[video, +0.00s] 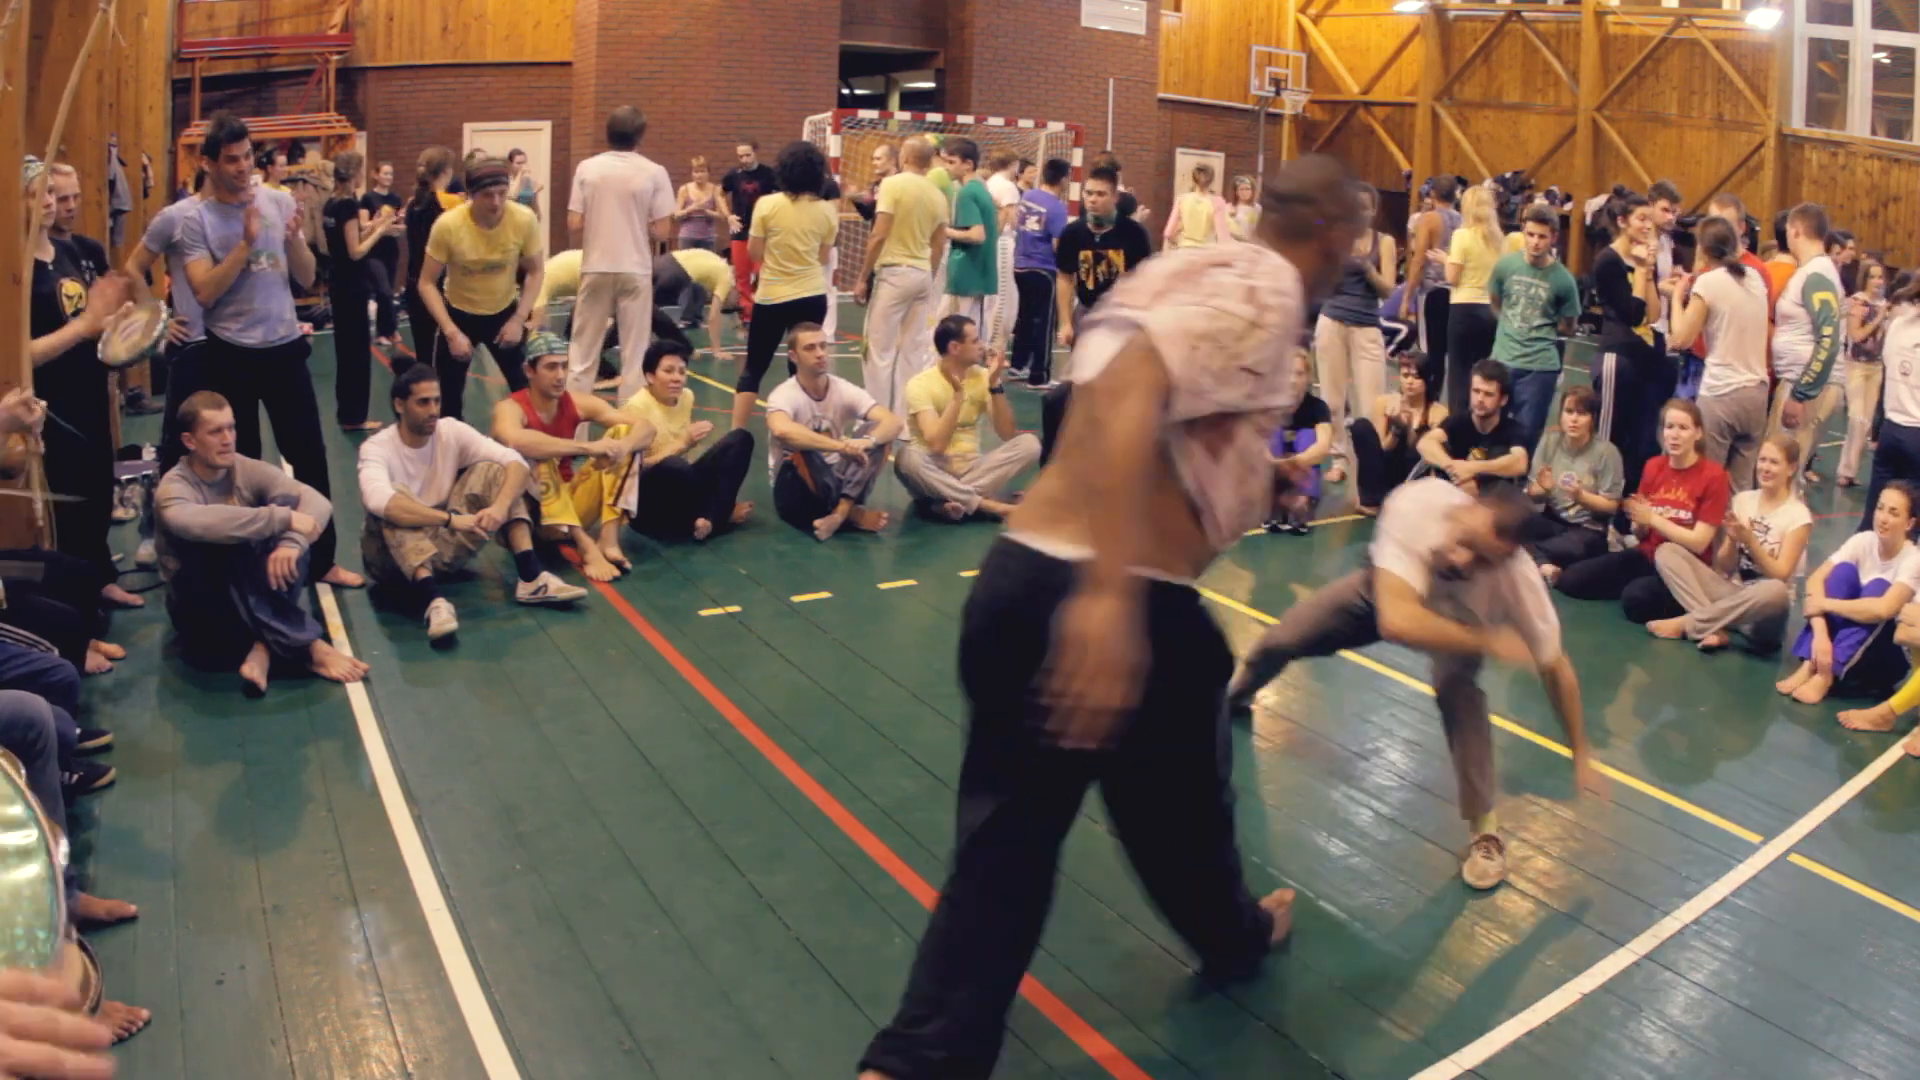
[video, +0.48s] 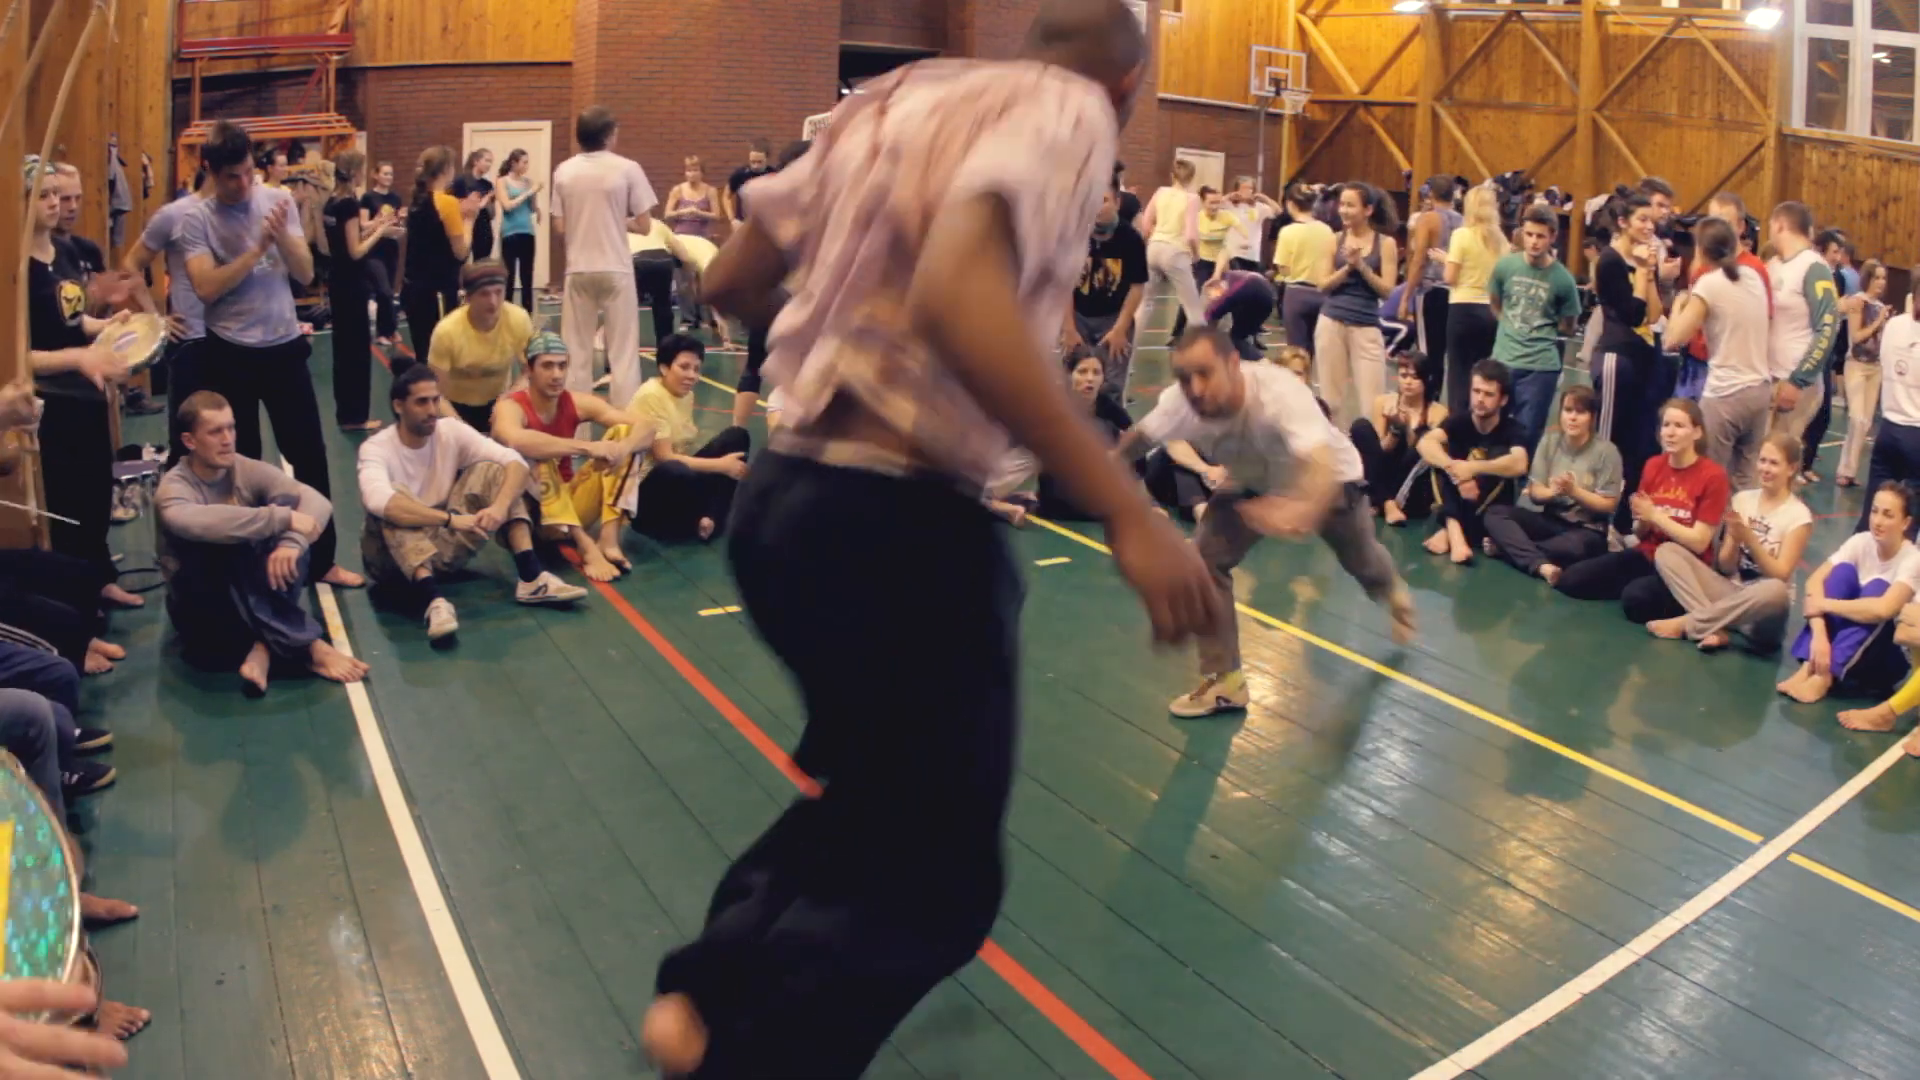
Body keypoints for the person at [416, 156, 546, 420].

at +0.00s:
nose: (495, 203)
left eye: (501, 194)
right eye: (487, 195)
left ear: (508, 191)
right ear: (471, 194)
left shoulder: (524, 220)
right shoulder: (447, 225)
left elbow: (536, 271)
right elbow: (426, 282)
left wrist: (519, 319)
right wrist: (451, 332)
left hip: (504, 314)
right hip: (459, 315)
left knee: (526, 388)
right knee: (448, 395)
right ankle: (448, 456)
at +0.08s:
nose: (498, 219)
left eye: (503, 210)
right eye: (489, 212)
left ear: (511, 207)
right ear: (473, 210)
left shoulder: (525, 235)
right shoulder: (450, 240)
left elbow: (535, 289)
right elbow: (431, 299)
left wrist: (516, 334)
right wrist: (458, 348)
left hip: (504, 327)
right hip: (459, 327)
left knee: (526, 395)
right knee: (446, 401)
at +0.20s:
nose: (497, 249)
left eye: (503, 240)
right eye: (489, 241)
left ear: (510, 237)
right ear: (474, 239)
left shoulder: (524, 263)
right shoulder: (451, 269)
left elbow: (533, 317)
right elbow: (437, 331)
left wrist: (513, 360)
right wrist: (467, 377)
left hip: (505, 348)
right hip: (460, 349)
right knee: (443, 418)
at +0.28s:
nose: (496, 267)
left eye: (503, 258)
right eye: (488, 259)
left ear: (509, 256)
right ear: (473, 258)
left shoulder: (522, 281)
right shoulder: (450, 288)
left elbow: (532, 341)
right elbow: (437, 351)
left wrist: (511, 378)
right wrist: (470, 396)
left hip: (502, 363)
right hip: (459, 365)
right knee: (445, 428)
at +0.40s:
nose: (494, 290)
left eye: (500, 281)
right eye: (486, 282)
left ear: (506, 280)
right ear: (470, 282)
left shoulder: (520, 306)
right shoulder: (448, 314)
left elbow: (528, 360)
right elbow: (437, 376)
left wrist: (509, 404)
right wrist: (469, 418)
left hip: (501, 388)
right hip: (458, 390)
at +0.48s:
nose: (493, 302)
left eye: (498, 293)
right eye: (484, 294)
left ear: (505, 293)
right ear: (468, 296)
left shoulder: (518, 319)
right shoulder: (447, 331)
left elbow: (531, 368)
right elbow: (437, 393)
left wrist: (509, 399)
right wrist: (460, 428)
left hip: (497, 404)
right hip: (456, 407)